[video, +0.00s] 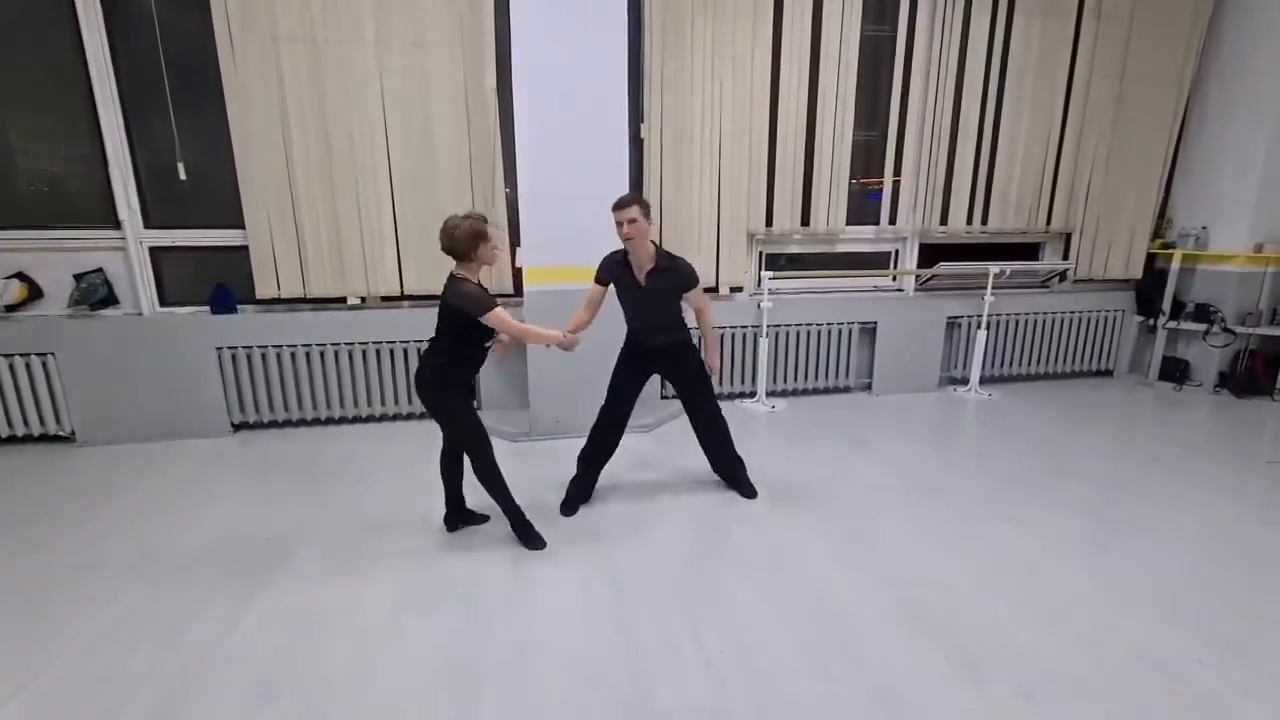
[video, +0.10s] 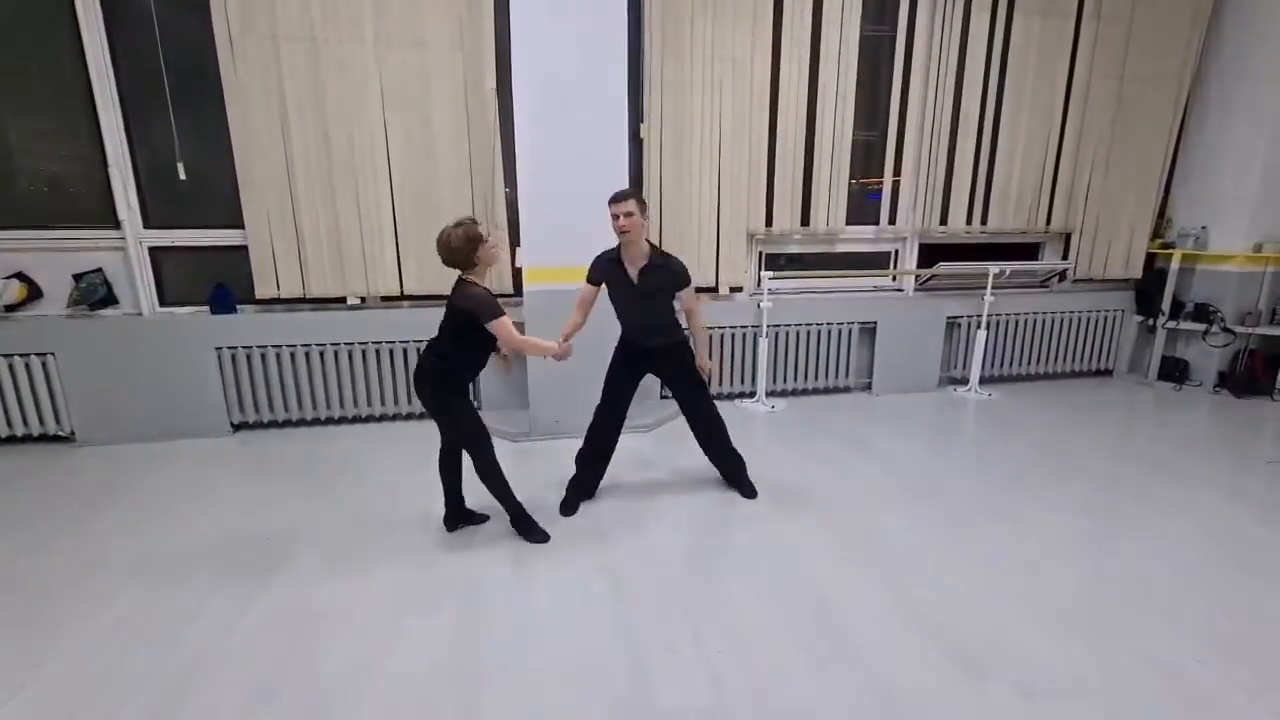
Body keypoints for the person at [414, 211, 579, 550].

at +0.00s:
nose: (495, 245)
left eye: (492, 240)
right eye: (489, 242)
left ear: (467, 252)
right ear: (473, 251)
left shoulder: (472, 280)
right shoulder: (464, 292)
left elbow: (472, 327)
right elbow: (515, 330)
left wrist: (502, 338)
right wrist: (558, 338)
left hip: (454, 378)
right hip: (439, 383)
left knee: (454, 443)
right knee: (479, 445)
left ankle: (455, 511)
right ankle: (518, 520)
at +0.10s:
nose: (492, 242)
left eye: (486, 238)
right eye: (484, 241)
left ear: (468, 259)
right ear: (475, 256)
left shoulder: (472, 287)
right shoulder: (476, 297)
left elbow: (476, 327)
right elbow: (514, 342)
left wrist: (502, 345)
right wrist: (555, 349)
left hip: (441, 376)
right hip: (440, 383)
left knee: (452, 442)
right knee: (479, 443)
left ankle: (454, 511)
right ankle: (518, 515)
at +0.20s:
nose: (488, 238)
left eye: (482, 234)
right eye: (481, 238)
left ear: (467, 258)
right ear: (474, 254)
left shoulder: (469, 284)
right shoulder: (483, 291)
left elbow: (471, 331)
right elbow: (515, 338)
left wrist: (496, 361)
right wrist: (551, 346)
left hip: (443, 373)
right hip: (452, 381)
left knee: (454, 441)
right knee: (483, 444)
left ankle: (454, 511)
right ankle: (517, 516)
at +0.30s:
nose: (483, 229)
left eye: (478, 225)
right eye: (475, 229)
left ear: (461, 247)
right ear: (466, 243)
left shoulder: (467, 271)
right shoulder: (478, 278)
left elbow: (473, 322)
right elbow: (512, 321)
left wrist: (492, 357)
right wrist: (547, 332)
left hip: (458, 369)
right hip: (466, 374)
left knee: (464, 440)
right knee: (493, 441)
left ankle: (455, 510)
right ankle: (518, 516)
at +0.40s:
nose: (480, 232)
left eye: (475, 227)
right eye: (473, 230)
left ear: (453, 245)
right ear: (460, 242)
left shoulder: (460, 272)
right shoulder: (471, 279)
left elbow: (505, 307)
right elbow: (513, 313)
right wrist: (550, 321)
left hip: (470, 369)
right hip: (482, 374)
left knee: (471, 439)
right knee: (501, 443)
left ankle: (457, 510)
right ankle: (520, 516)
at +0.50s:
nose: (479, 238)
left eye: (474, 233)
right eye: (472, 235)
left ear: (450, 248)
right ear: (458, 246)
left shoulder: (452, 277)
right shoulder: (468, 284)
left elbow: (503, 306)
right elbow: (512, 312)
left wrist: (540, 315)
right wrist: (552, 316)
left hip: (474, 370)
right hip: (488, 375)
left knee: (475, 441)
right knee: (505, 444)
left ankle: (458, 510)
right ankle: (520, 516)